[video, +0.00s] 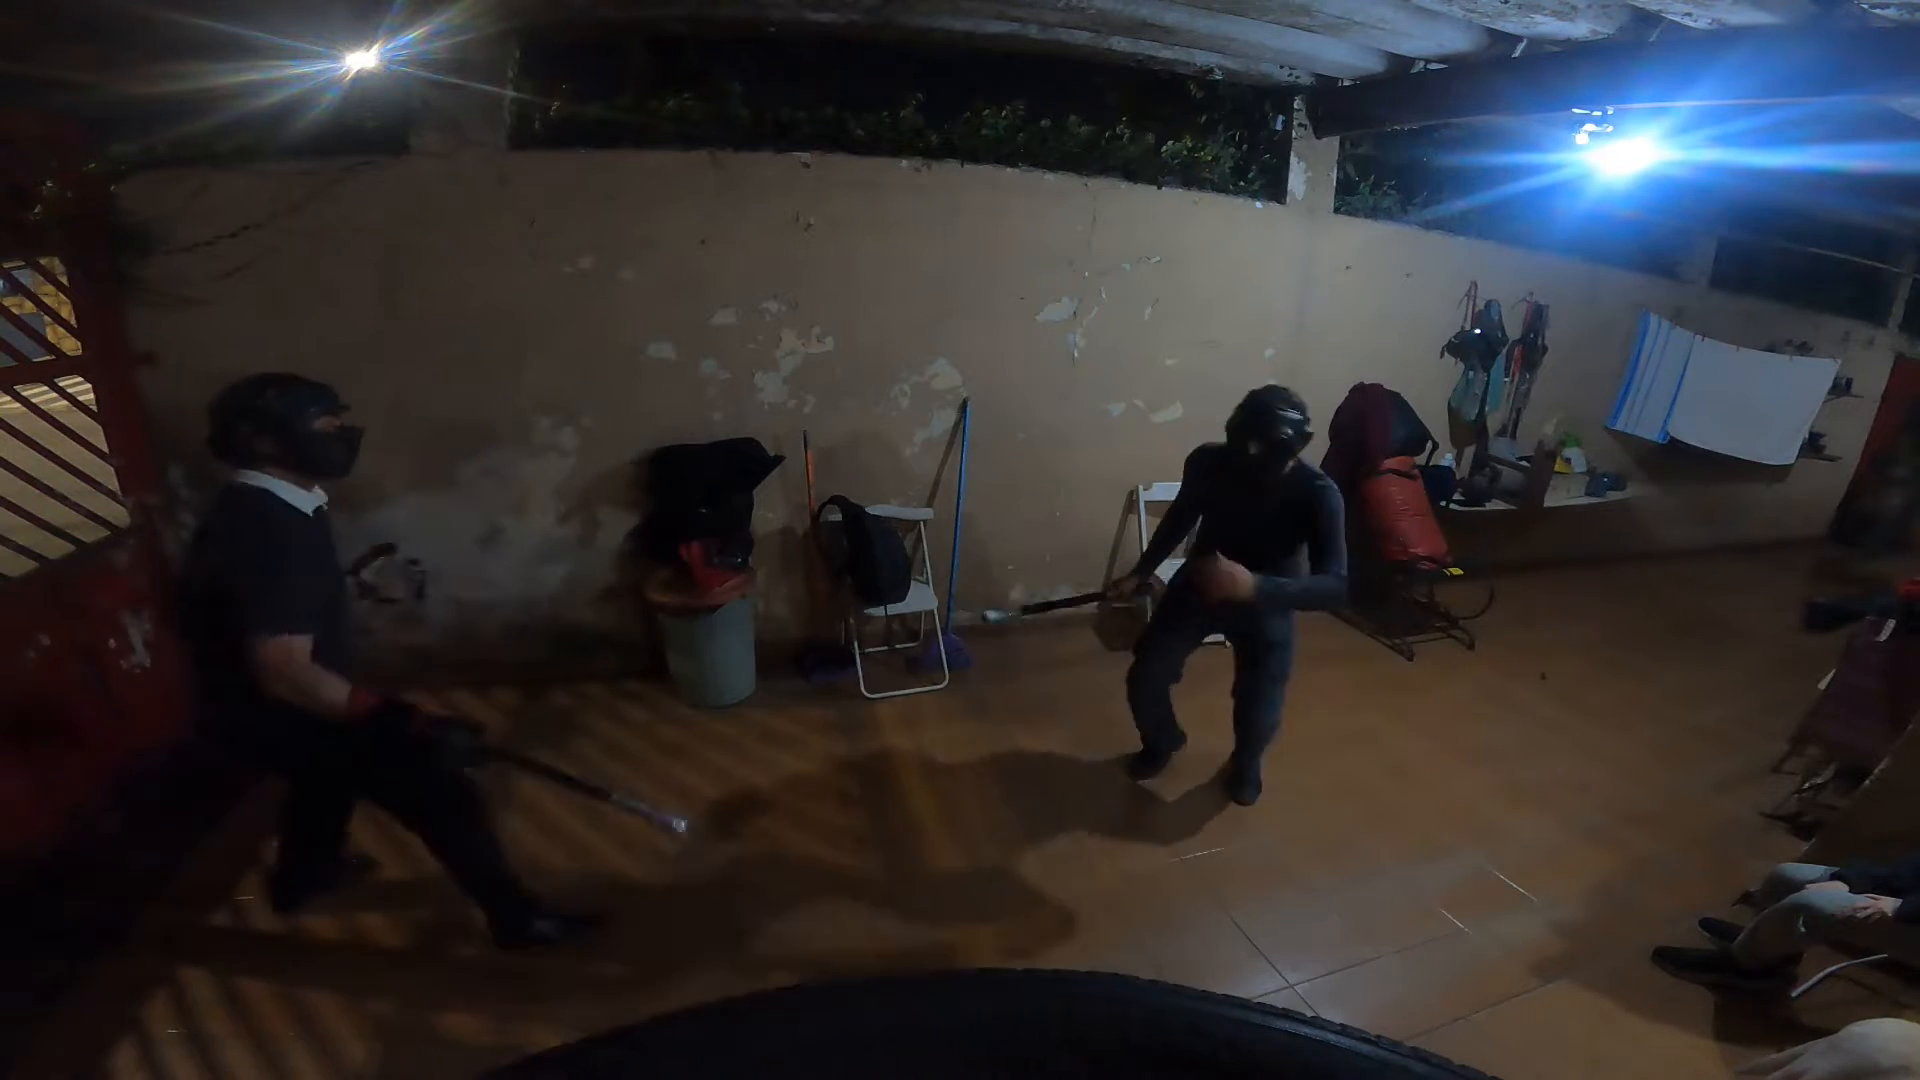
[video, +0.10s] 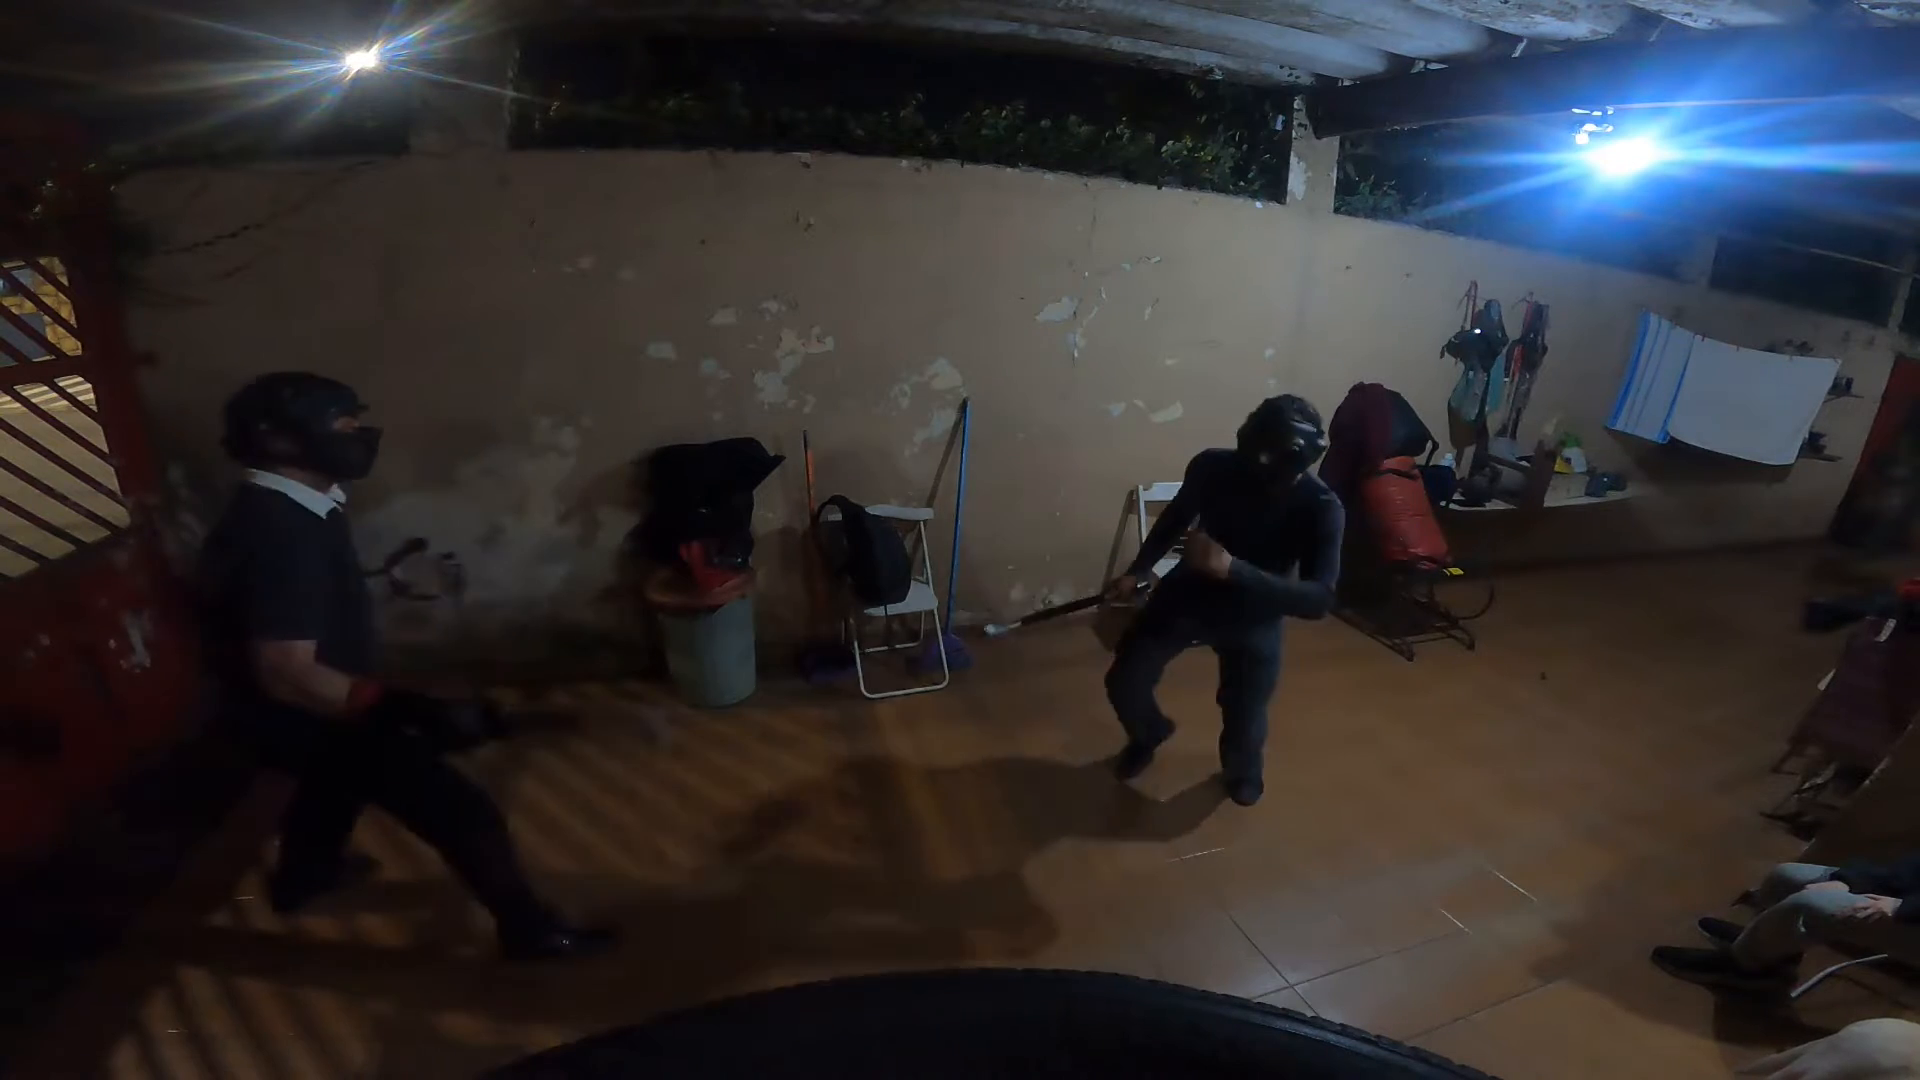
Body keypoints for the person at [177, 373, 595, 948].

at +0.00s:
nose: (346, 431)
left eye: (342, 419)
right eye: (327, 422)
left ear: (269, 442)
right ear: (276, 439)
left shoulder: (269, 505)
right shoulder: (276, 528)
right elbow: (280, 666)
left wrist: (345, 582)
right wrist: (380, 713)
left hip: (252, 706)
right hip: (269, 719)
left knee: (339, 740)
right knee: (430, 775)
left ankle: (308, 867)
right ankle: (512, 913)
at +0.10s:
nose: (359, 433)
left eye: (355, 420)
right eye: (340, 424)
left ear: (285, 444)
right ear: (288, 442)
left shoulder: (304, 504)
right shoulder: (281, 528)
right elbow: (283, 667)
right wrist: (382, 706)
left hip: (310, 704)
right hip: (297, 719)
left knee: (344, 765)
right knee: (463, 812)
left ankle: (306, 869)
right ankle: (526, 925)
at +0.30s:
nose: (396, 430)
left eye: (390, 417)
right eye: (376, 421)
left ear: (323, 443)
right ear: (326, 440)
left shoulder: (341, 510)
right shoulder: (314, 531)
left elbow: (379, 608)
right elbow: (340, 669)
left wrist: (470, 591)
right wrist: (450, 701)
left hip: (337, 707)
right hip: (333, 721)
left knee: (387, 765)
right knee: (501, 809)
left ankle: (343, 887)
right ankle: (530, 934)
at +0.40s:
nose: (416, 447)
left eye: (412, 434)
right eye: (397, 436)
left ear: (347, 456)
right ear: (348, 453)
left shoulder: (372, 523)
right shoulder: (327, 541)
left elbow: (404, 604)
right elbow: (359, 668)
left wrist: (478, 597)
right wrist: (444, 660)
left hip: (396, 712)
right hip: (372, 727)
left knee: (389, 787)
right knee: (562, 779)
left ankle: (343, 902)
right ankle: (580, 905)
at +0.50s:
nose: (456, 460)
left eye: (451, 445)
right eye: (436, 446)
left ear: (379, 462)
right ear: (386, 461)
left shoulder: (410, 537)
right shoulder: (347, 551)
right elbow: (401, 651)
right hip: (396, 734)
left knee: (403, 787)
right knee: (580, 785)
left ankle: (341, 898)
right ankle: (634, 891)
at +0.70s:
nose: (561, 485)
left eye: (561, 471)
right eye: (551, 473)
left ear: (461, 474)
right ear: (508, 481)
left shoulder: (395, 533)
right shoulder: (519, 560)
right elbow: (618, 644)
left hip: (340, 724)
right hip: (435, 743)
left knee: (415, 752)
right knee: (565, 807)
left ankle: (367, 870)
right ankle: (663, 891)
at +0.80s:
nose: (557, 484)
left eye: (556, 469)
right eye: (545, 470)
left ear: (456, 471)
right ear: (504, 480)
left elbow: (312, 596)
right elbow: (551, 678)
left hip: (335, 718)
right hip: (434, 739)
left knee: (396, 753)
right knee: (540, 819)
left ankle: (356, 874)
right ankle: (650, 892)